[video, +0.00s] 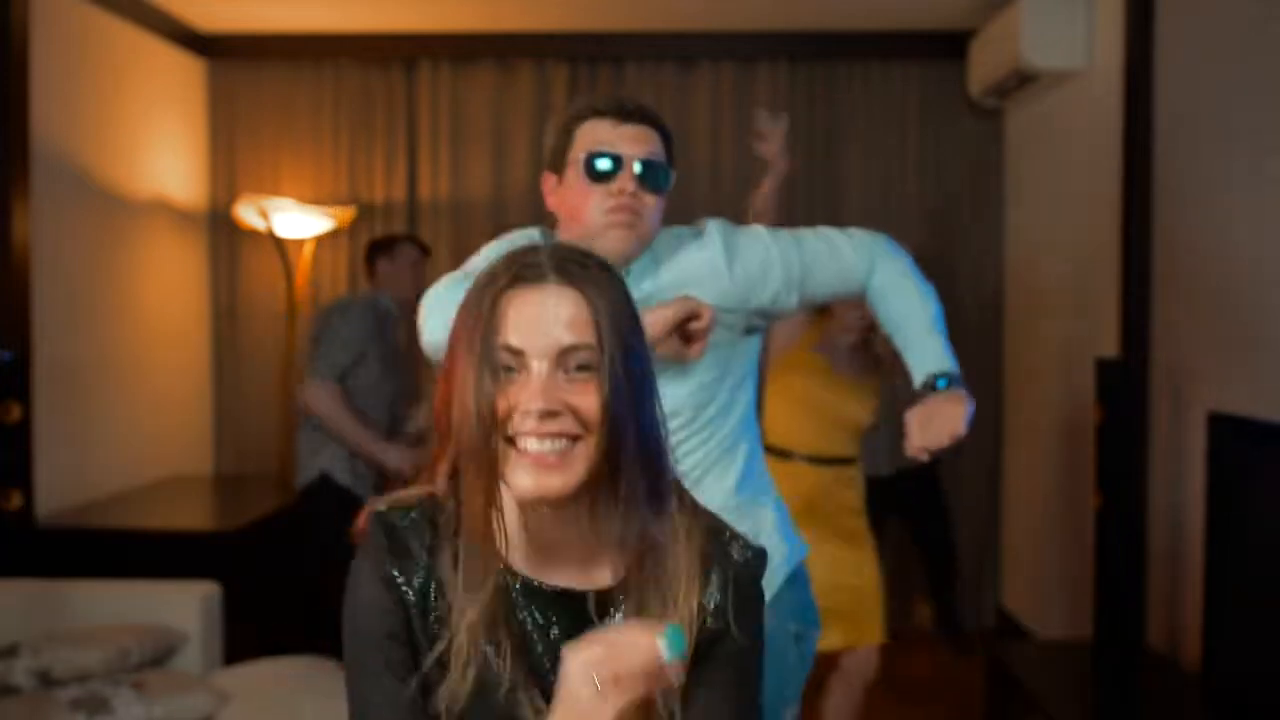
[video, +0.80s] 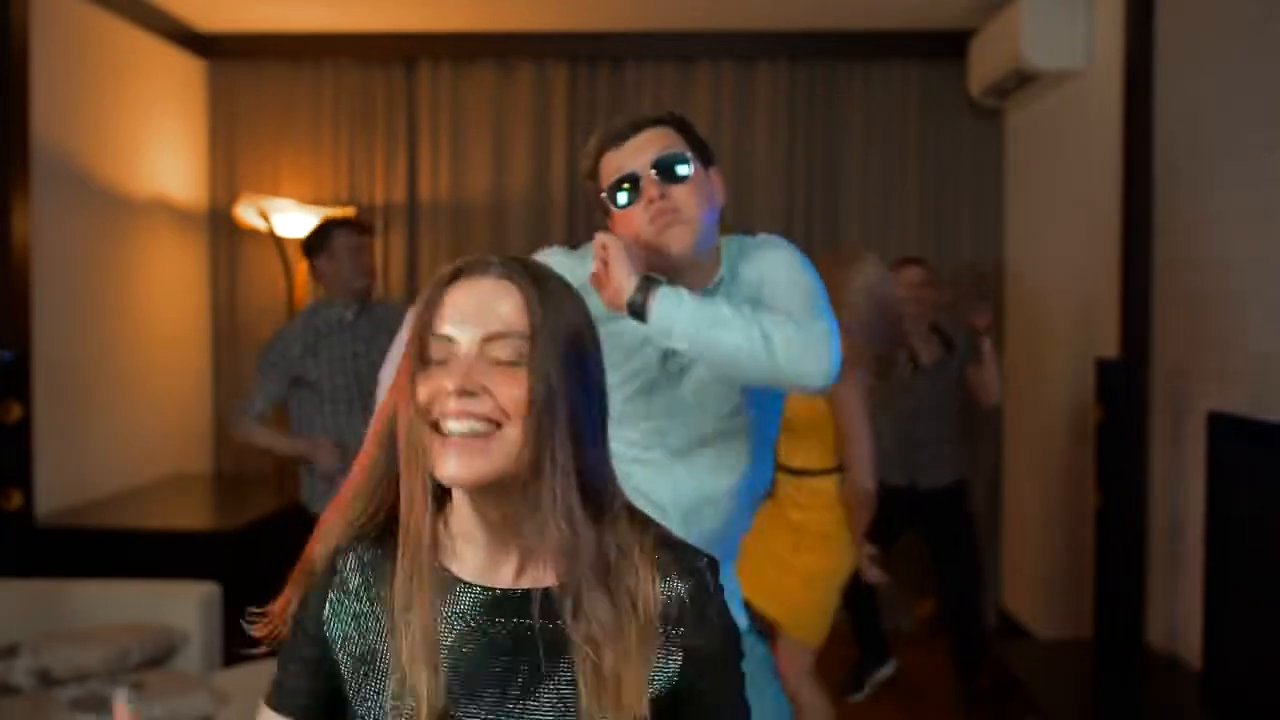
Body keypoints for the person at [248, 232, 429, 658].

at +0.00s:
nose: (421, 276)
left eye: (422, 266)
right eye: (413, 265)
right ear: (381, 268)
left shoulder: (402, 330)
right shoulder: (356, 315)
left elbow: (401, 411)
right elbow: (317, 392)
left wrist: (417, 436)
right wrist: (386, 452)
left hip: (370, 485)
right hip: (334, 483)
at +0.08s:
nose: (419, 276)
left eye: (421, 266)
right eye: (410, 265)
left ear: (420, 273)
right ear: (382, 268)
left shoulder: (401, 327)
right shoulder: (357, 314)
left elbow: (397, 407)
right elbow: (297, 381)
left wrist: (404, 449)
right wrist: (355, 454)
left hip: (374, 488)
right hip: (335, 488)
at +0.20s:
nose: (417, 267)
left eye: (419, 258)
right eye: (408, 256)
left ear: (418, 264)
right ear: (379, 259)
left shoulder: (409, 323)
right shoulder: (343, 308)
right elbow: (272, 361)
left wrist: (414, 444)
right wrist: (323, 438)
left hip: (394, 481)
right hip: (339, 481)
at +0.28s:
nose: (412, 257)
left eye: (415, 248)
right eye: (405, 246)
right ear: (376, 247)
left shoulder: (402, 314)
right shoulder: (337, 301)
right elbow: (252, 350)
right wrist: (308, 423)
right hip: (340, 474)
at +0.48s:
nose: (396, 249)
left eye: (398, 239)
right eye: (386, 237)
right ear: (355, 240)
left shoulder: (397, 316)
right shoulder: (315, 302)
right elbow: (229, 350)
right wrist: (292, 408)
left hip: (391, 477)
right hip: (334, 476)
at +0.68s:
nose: (377, 251)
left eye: (378, 241)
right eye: (364, 241)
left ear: (383, 246)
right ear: (333, 251)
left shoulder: (397, 318)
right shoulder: (301, 323)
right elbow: (233, 394)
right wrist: (298, 430)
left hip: (397, 485)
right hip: (333, 491)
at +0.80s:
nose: (366, 262)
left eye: (367, 250)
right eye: (353, 251)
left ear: (373, 254)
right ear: (321, 266)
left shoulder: (398, 325)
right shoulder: (299, 338)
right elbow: (244, 424)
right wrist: (309, 449)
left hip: (400, 496)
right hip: (329, 503)